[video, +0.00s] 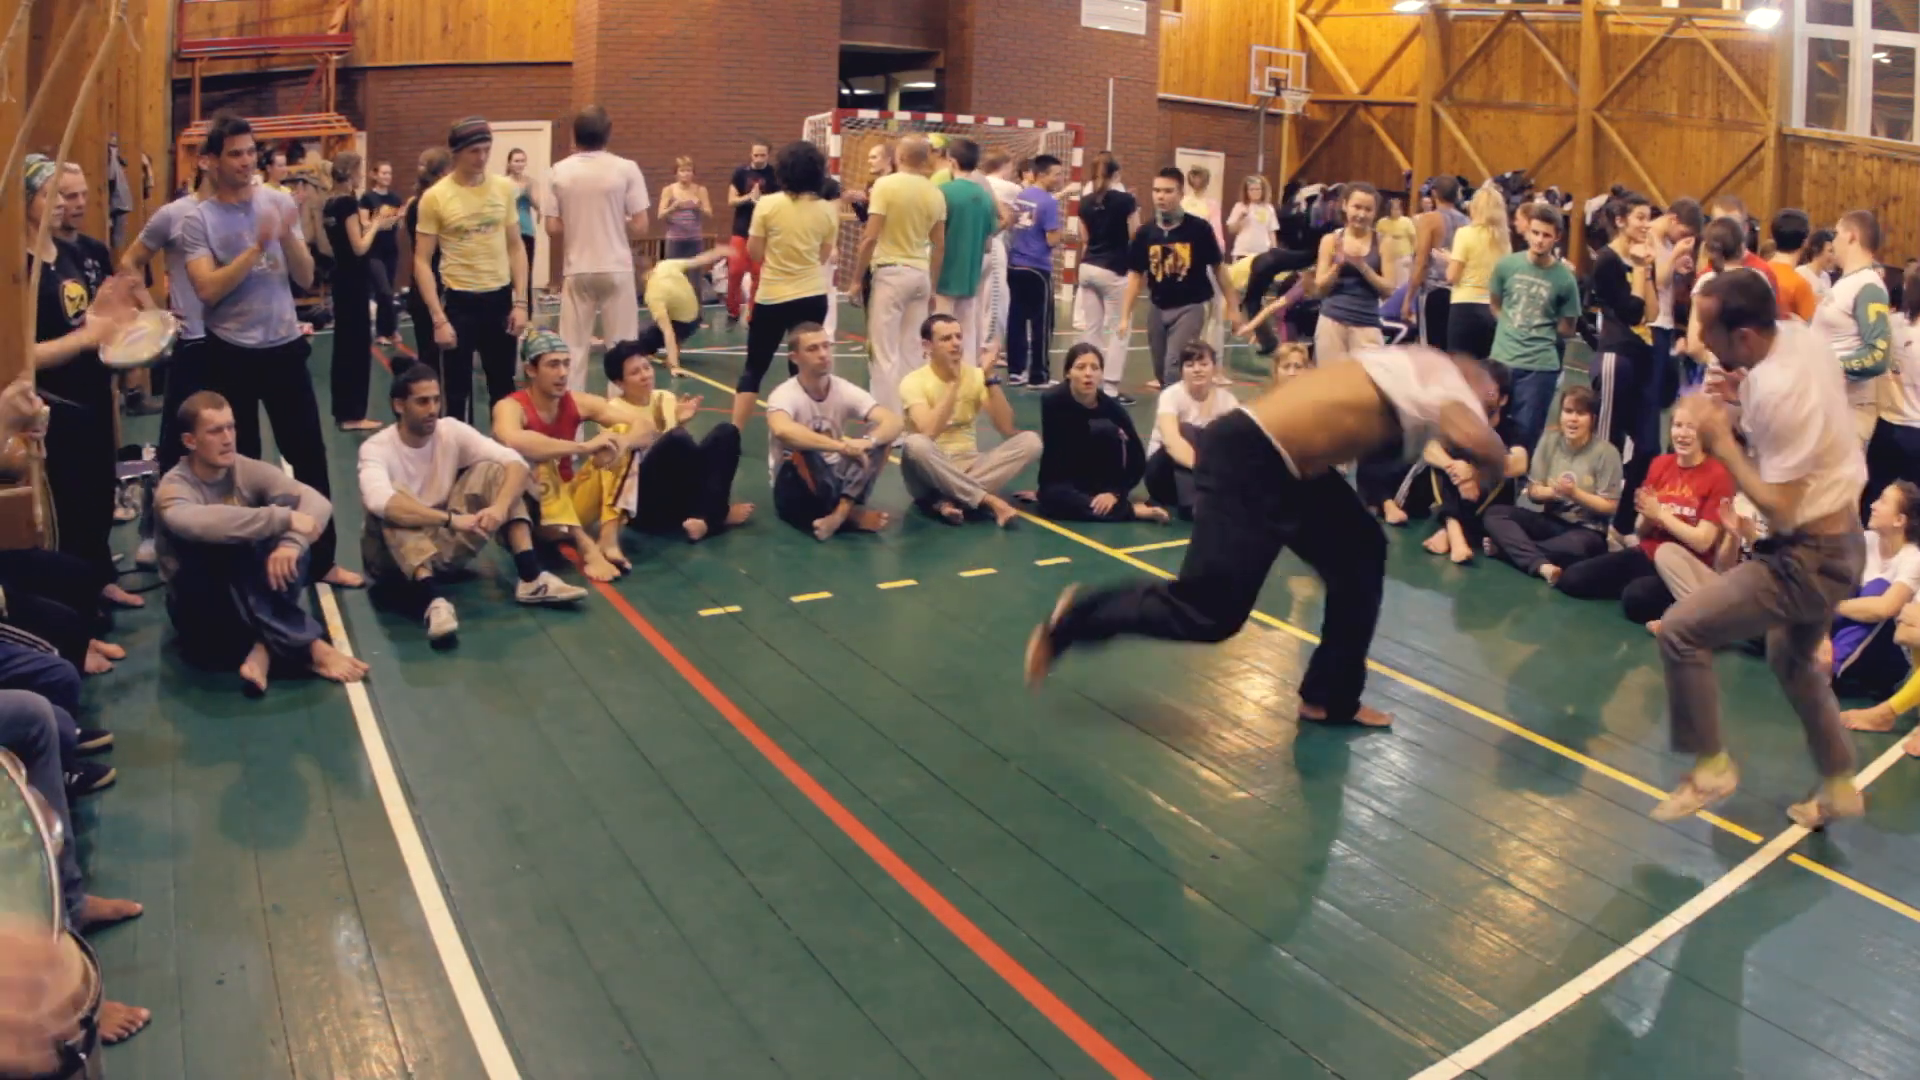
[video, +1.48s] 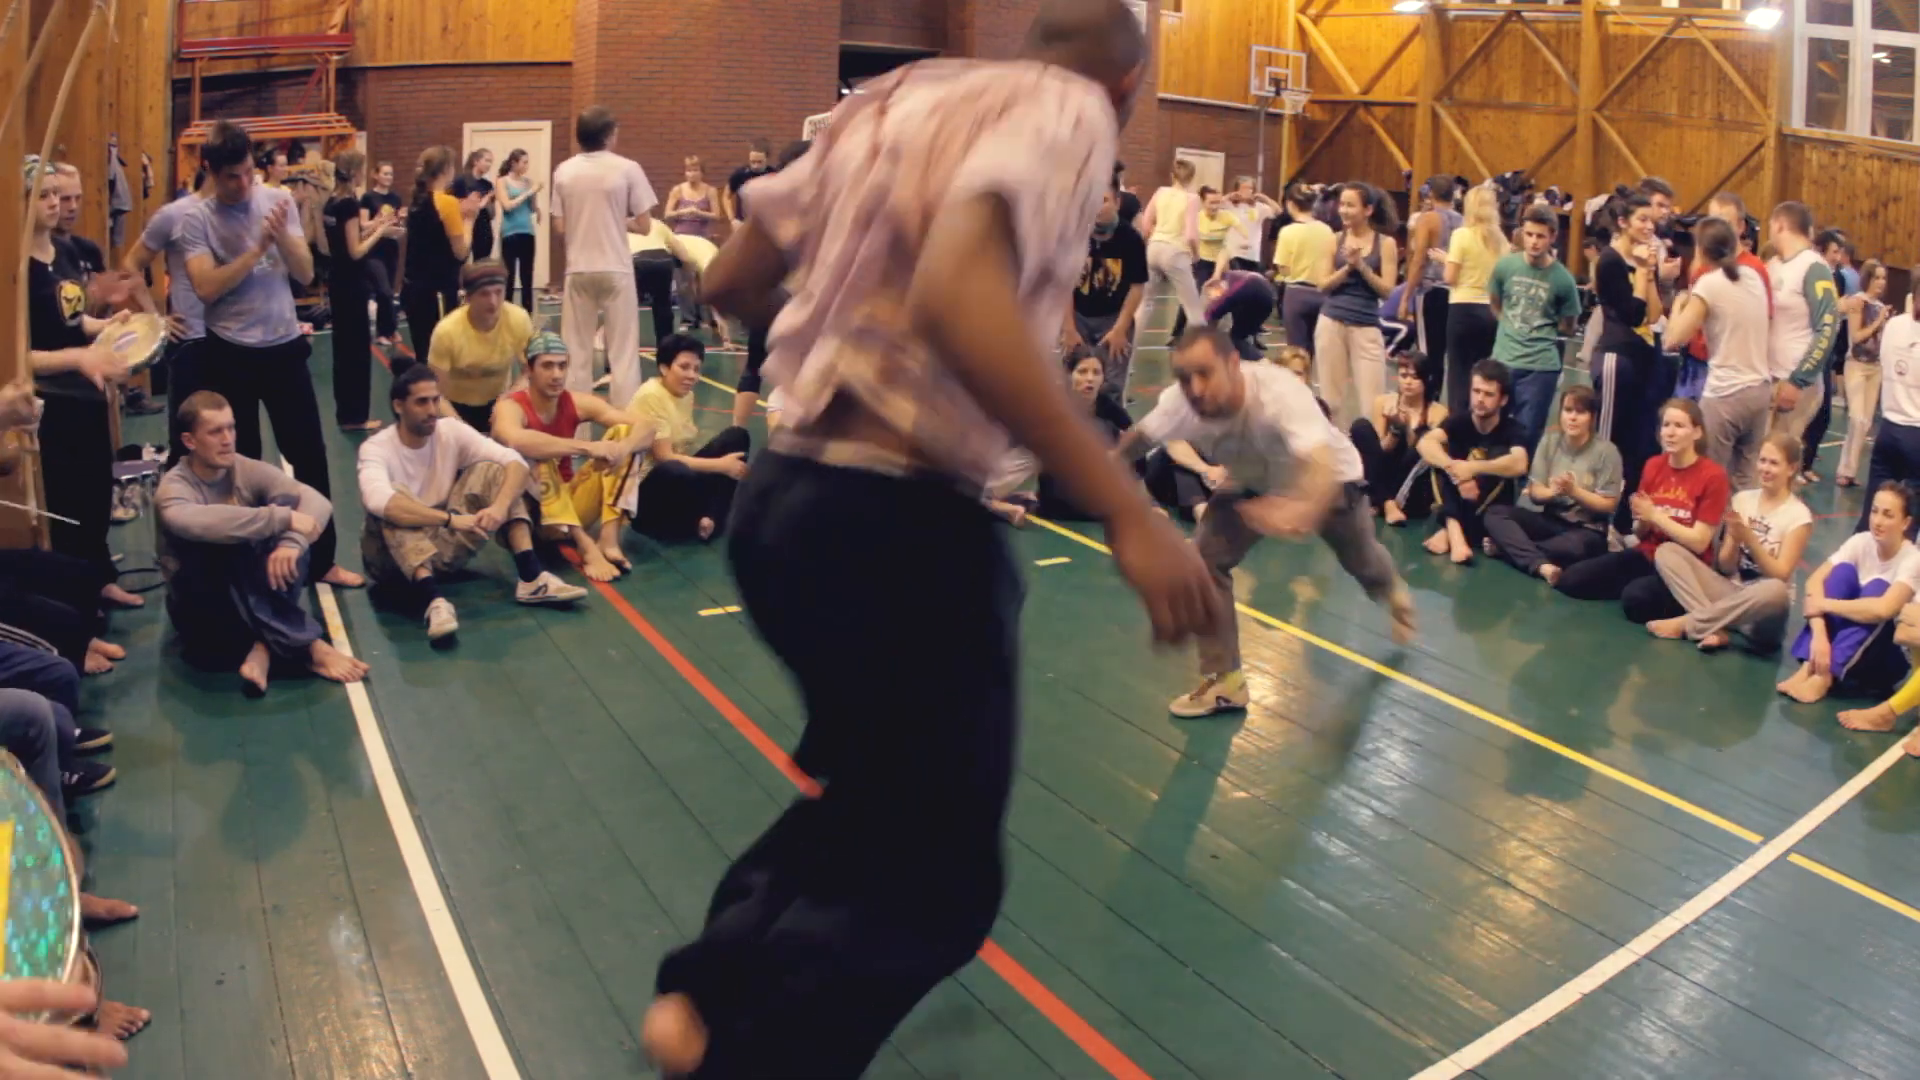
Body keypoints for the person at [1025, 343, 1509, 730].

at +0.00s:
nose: (1491, 414)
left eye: (1494, 406)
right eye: (1493, 403)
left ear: (1466, 374)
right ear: (1478, 379)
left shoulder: (1405, 364)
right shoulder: (1444, 373)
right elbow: (1479, 441)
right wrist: (1496, 470)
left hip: (1298, 471)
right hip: (1250, 457)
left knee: (1361, 550)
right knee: (1209, 612)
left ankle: (1329, 695)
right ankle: (1074, 618)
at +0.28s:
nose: (1512, 467)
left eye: (1513, 459)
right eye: (1513, 456)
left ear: (1477, 421)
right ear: (1500, 443)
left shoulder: (1429, 422)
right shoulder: (1481, 437)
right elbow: (1549, 542)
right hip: (1252, 493)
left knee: (1368, 565)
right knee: (1264, 657)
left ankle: (1333, 706)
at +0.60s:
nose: (1526, 375)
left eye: (1526, 362)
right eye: (1525, 362)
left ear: (1456, 341)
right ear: (1505, 360)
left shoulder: (1381, 346)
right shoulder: (1495, 422)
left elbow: (1269, 360)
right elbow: (1540, 543)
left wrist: (1200, 317)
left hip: (1206, 528)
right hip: (1264, 584)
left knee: (1226, 634)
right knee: (1381, 732)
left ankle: (1125, 722)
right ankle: (1293, 881)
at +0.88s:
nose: (1447, 290)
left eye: (1450, 274)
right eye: (1448, 272)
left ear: (1367, 238)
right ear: (1426, 263)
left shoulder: (1281, 278)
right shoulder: (1358, 318)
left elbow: (1210, 426)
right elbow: (1245, 431)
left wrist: (1347, 472)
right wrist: (1344, 589)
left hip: (1104, 536)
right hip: (1182, 577)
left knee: (1048, 771)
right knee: (1264, 747)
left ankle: (901, 958)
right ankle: (1276, 895)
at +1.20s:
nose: (1246, 125)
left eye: (1249, 108)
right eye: (1250, 104)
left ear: (1157, 51)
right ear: (1231, 81)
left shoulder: (1025, 126)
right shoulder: (1183, 121)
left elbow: (936, 290)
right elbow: (1050, 197)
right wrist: (998, 420)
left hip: (942, 452)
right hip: (1077, 485)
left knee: (933, 759)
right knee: (1105, 769)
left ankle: (904, 1033)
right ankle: (1043, 1000)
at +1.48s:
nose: (1135, 117)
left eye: (1138, 101)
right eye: (1141, 97)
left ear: (1024, 33)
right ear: (1124, 78)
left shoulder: (891, 94)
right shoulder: (1062, 106)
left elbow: (731, 279)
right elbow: (961, 289)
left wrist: (855, 337)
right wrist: (1131, 518)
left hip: (787, 500)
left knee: (858, 787)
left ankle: (710, 991)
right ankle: (746, 1048)